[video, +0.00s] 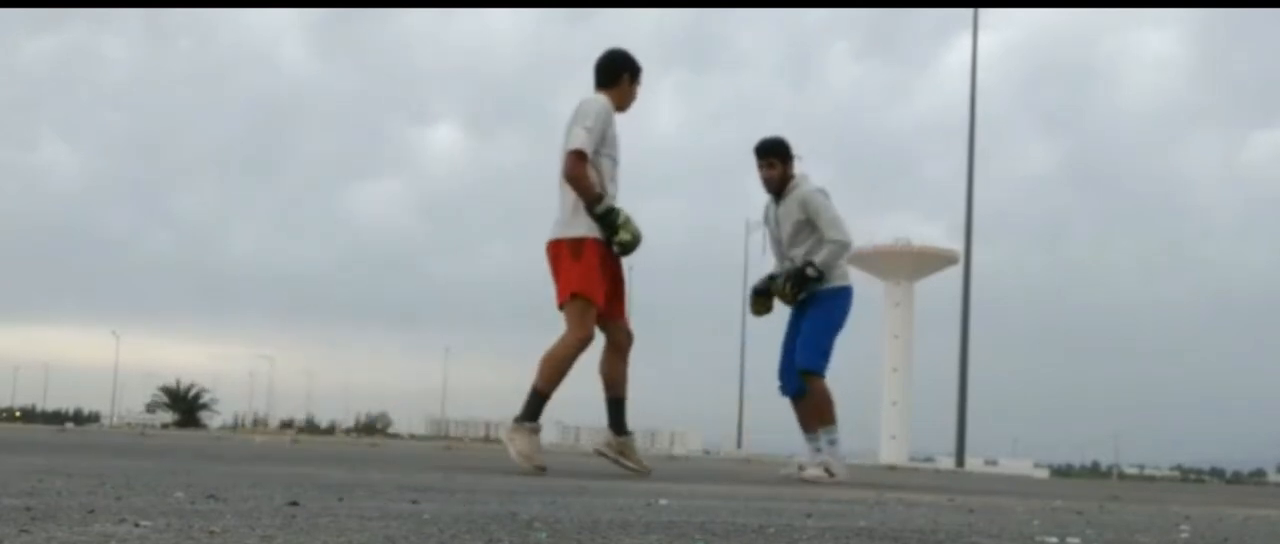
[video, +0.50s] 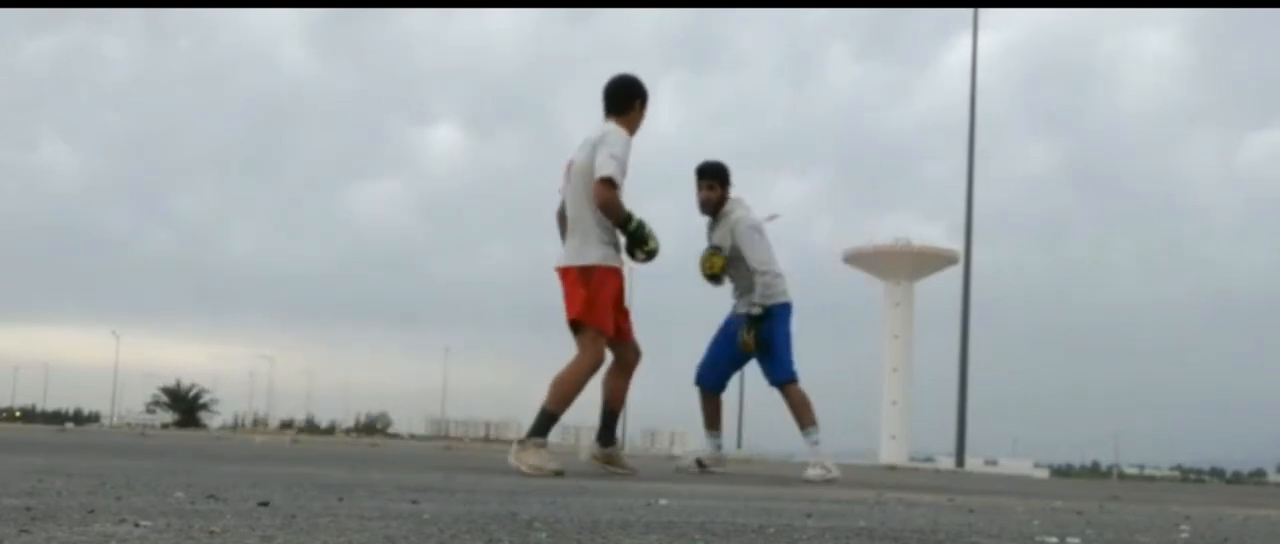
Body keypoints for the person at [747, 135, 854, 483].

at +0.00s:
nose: (765, 174)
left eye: (771, 166)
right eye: (761, 168)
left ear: (788, 166)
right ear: (759, 171)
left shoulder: (810, 196)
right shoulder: (772, 211)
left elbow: (839, 240)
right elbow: (786, 260)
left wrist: (810, 271)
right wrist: (770, 283)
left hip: (830, 292)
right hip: (803, 298)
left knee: (808, 369)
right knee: (791, 376)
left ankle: (833, 457)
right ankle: (816, 456)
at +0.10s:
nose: (762, 178)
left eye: (768, 170)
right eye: (759, 171)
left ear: (786, 169)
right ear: (757, 173)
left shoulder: (811, 202)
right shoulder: (767, 214)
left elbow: (829, 252)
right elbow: (775, 268)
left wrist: (792, 274)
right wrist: (758, 305)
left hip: (825, 296)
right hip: (797, 300)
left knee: (804, 373)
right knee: (768, 374)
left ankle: (829, 458)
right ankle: (806, 447)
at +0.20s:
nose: (755, 180)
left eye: (761, 172)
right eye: (752, 173)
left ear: (779, 172)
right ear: (750, 175)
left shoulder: (806, 206)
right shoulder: (757, 219)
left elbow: (812, 260)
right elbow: (770, 266)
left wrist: (774, 289)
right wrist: (760, 294)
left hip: (814, 298)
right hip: (784, 302)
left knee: (804, 373)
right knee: (748, 368)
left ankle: (830, 458)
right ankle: (782, 440)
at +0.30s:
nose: (742, 182)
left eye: (748, 175)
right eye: (738, 175)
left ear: (764, 175)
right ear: (736, 178)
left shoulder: (788, 209)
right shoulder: (747, 216)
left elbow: (784, 266)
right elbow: (755, 261)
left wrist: (762, 301)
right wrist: (749, 280)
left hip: (804, 299)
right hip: (773, 301)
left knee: (800, 375)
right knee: (742, 371)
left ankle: (828, 459)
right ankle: (741, 449)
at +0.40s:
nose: (722, 191)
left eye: (729, 184)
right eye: (720, 184)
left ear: (744, 186)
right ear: (718, 186)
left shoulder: (760, 217)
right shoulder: (736, 219)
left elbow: (768, 272)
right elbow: (741, 255)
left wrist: (755, 318)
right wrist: (735, 266)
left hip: (790, 303)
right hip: (767, 306)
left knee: (793, 378)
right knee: (729, 378)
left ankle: (826, 460)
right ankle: (719, 453)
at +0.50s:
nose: (701, 197)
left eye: (707, 190)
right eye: (699, 190)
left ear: (722, 190)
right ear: (700, 191)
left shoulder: (742, 221)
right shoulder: (717, 223)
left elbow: (767, 272)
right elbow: (718, 266)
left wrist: (754, 315)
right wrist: (713, 267)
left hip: (770, 307)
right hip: (743, 307)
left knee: (784, 379)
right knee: (708, 378)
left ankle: (819, 457)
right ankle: (713, 452)